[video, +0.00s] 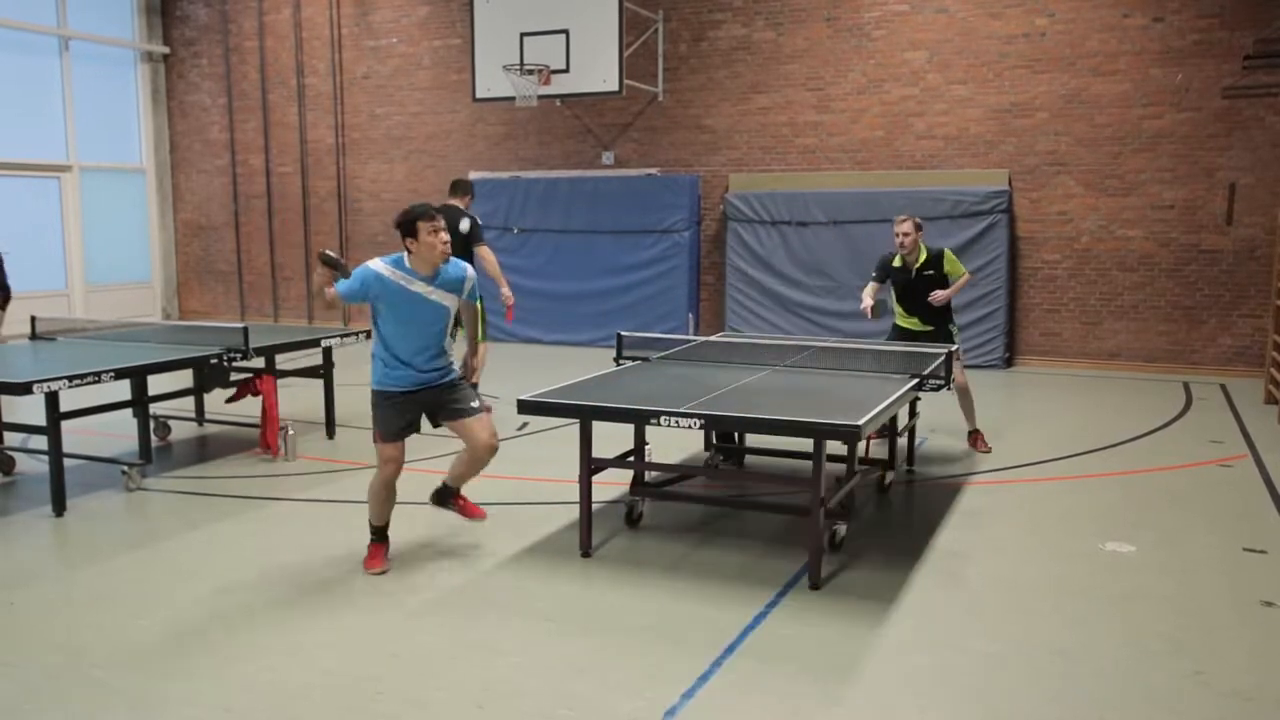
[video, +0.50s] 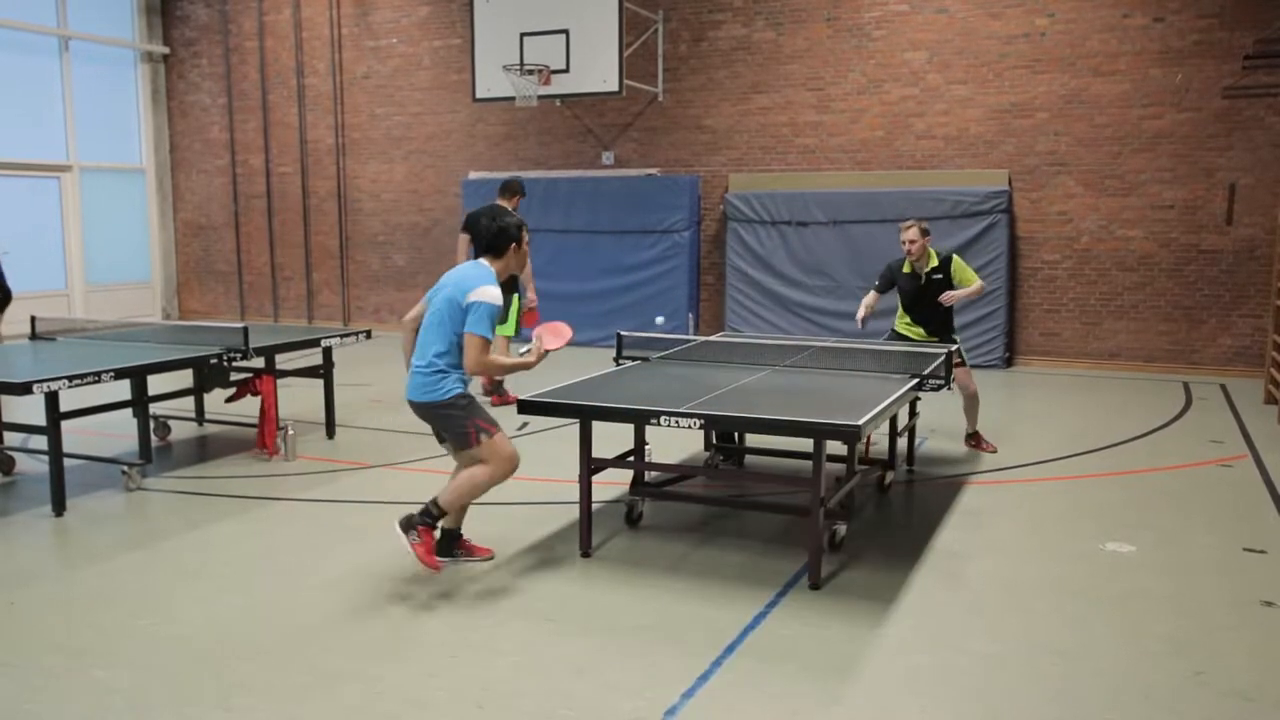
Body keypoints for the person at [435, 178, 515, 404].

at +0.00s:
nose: (469, 203)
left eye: (468, 200)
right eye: (470, 200)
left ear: (449, 194)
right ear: (467, 198)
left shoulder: (432, 214)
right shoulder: (467, 220)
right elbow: (483, 254)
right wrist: (503, 286)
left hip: (432, 285)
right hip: (464, 287)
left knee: (440, 338)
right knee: (478, 340)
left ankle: (432, 385)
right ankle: (470, 391)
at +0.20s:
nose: (494, 209)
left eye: (494, 205)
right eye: (494, 205)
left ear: (472, 199)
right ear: (490, 203)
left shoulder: (448, 220)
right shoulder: (489, 226)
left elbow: (433, 250)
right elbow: (497, 261)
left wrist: (444, 277)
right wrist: (506, 289)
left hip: (454, 288)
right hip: (484, 292)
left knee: (447, 339)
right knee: (490, 342)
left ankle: (441, 390)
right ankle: (497, 389)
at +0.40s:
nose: (513, 205)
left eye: (512, 202)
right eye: (513, 202)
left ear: (491, 195)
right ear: (509, 201)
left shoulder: (467, 216)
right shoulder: (508, 223)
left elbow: (453, 246)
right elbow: (514, 262)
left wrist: (455, 279)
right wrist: (516, 291)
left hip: (469, 285)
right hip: (498, 287)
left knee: (467, 338)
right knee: (499, 339)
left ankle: (455, 388)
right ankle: (499, 390)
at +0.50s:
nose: (521, 203)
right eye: (521, 200)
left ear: (498, 194)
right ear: (517, 199)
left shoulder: (474, 216)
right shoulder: (516, 224)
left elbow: (462, 253)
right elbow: (524, 260)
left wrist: (461, 278)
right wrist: (530, 290)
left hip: (475, 283)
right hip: (507, 285)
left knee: (485, 331)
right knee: (503, 335)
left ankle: (489, 379)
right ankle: (497, 387)